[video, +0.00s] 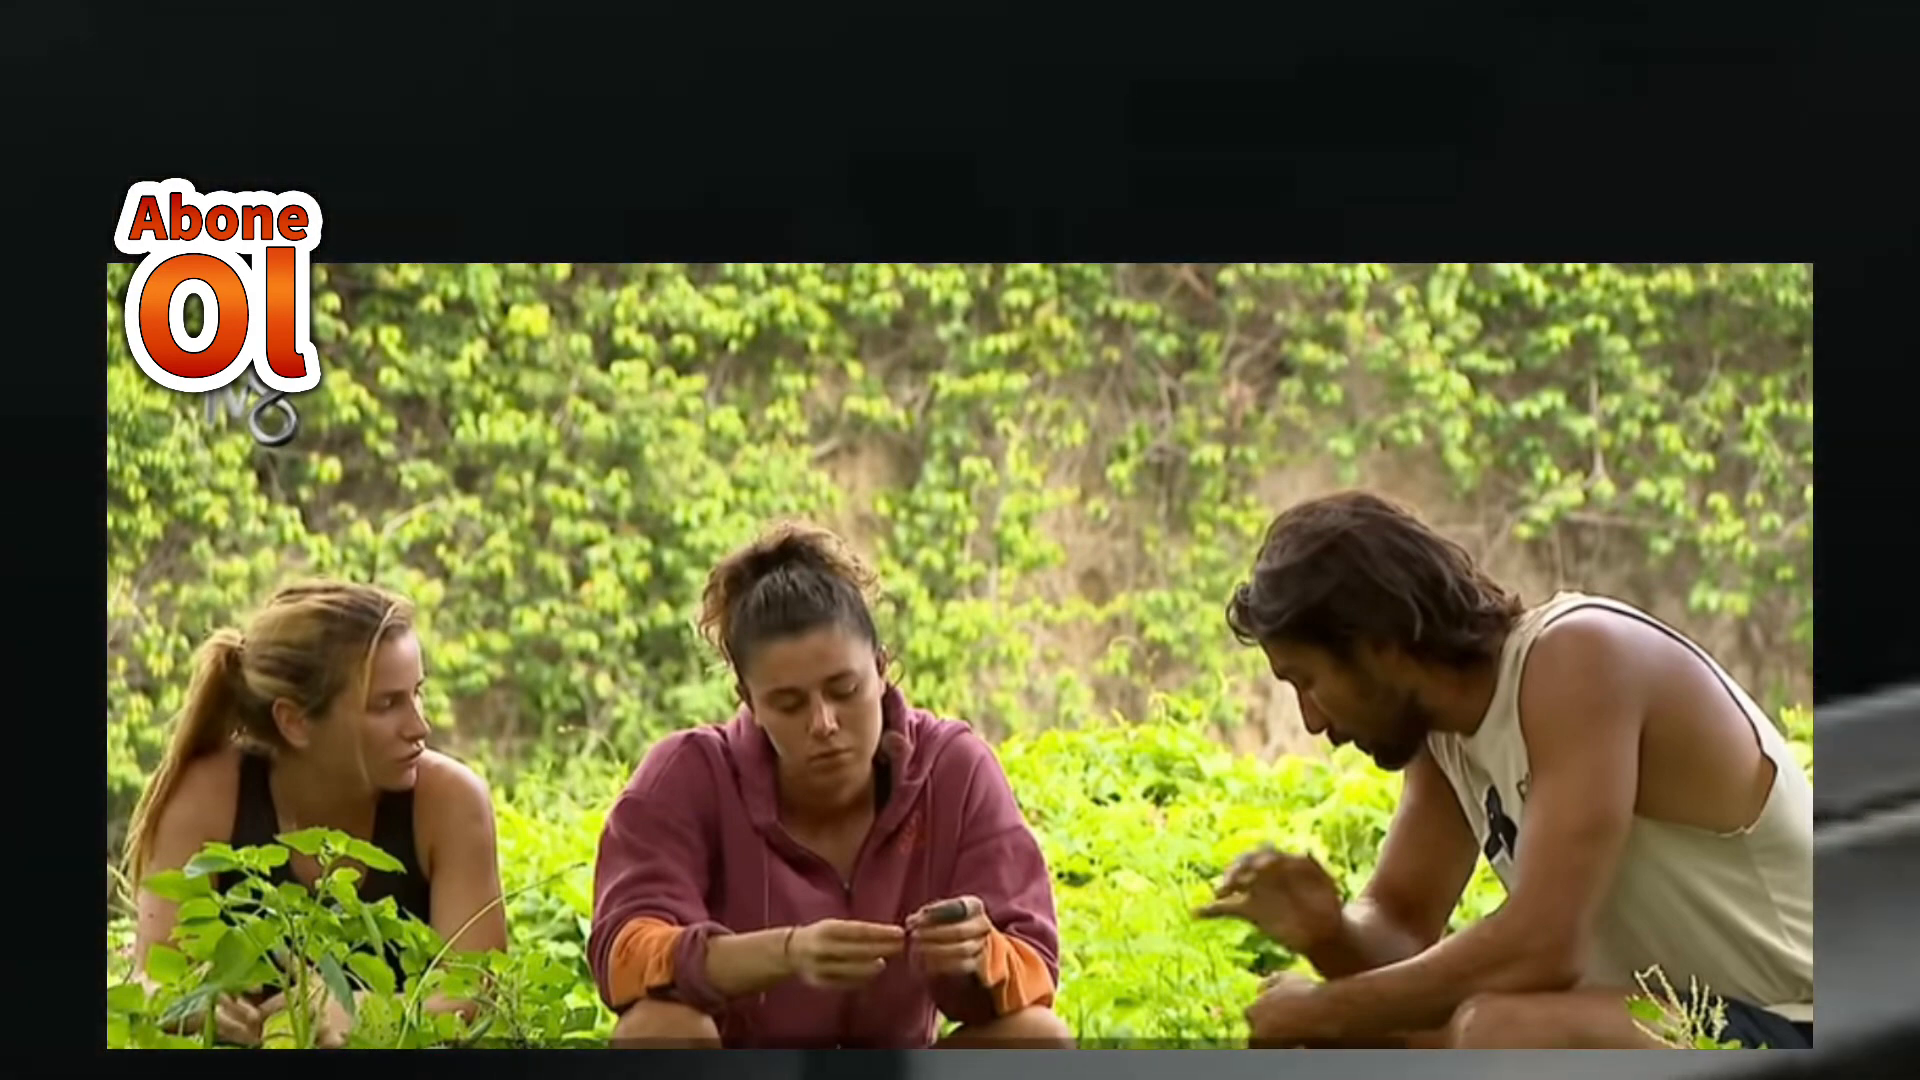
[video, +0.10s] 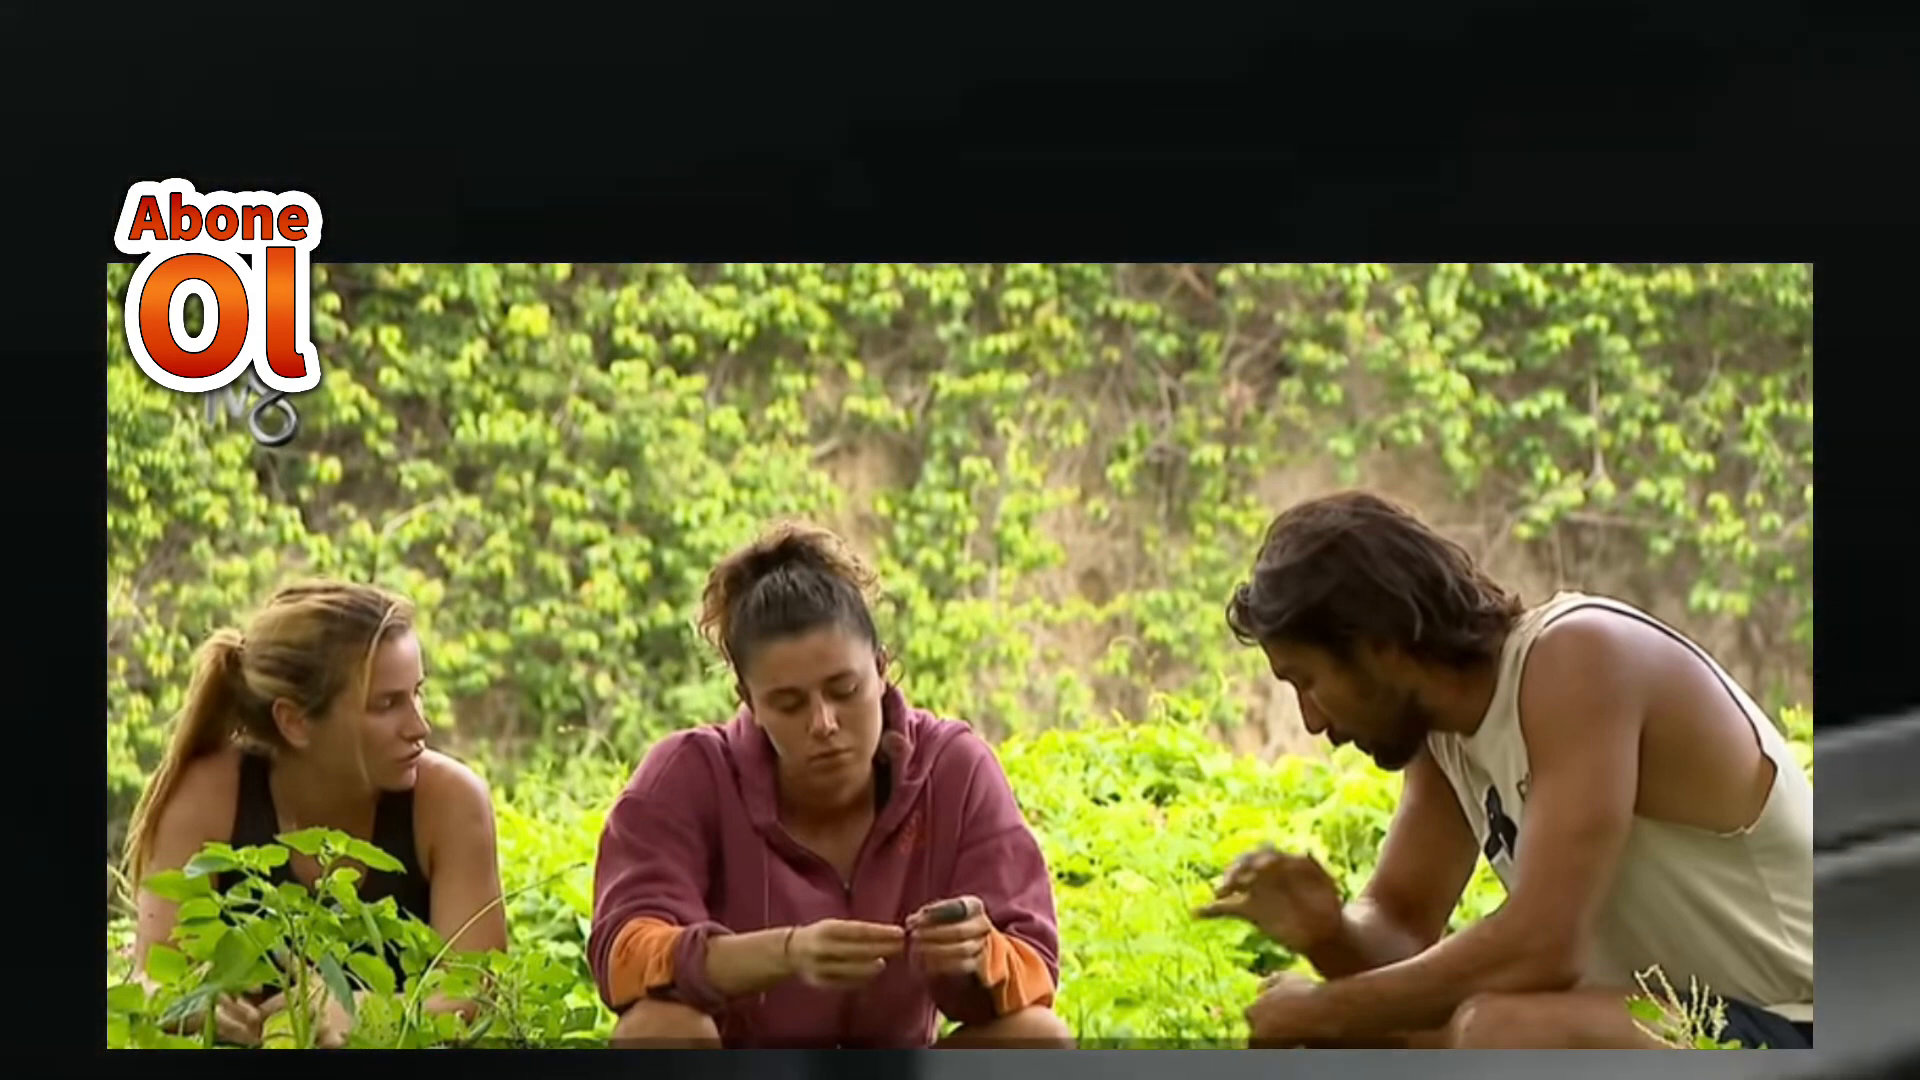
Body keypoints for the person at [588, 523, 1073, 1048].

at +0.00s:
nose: (824, 725)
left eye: (844, 690)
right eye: (789, 703)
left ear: (881, 670)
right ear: (747, 699)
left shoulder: (955, 766)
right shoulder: (687, 773)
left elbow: (1031, 968)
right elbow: (629, 957)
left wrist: (978, 953)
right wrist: (787, 951)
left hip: (897, 1058)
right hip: (740, 1059)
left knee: (1038, 1037)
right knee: (658, 1026)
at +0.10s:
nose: (824, 725)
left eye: (844, 690)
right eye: (789, 703)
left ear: (880, 670)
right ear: (747, 699)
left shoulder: (955, 766)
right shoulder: (687, 773)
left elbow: (1031, 969)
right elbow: (629, 957)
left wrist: (978, 953)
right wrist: (787, 951)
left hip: (898, 1056)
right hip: (740, 1057)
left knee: (1038, 1037)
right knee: (658, 1026)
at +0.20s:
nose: (824, 725)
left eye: (844, 690)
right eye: (789, 703)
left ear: (880, 670)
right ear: (747, 699)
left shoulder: (955, 766)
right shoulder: (687, 773)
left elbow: (1031, 969)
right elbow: (629, 957)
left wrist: (978, 953)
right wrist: (787, 951)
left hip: (897, 1057)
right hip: (740, 1057)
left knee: (1037, 1036)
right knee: (658, 1026)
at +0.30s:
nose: (824, 725)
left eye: (844, 690)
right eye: (789, 703)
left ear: (880, 670)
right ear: (747, 699)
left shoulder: (955, 766)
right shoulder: (687, 773)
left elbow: (1031, 969)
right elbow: (629, 957)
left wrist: (978, 953)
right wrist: (787, 951)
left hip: (897, 1059)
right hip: (739, 1058)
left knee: (1037, 1037)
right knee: (658, 1026)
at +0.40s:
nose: (824, 725)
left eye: (844, 690)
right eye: (789, 703)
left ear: (881, 670)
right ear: (747, 699)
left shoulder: (955, 766)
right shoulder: (687, 773)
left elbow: (1031, 969)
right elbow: (629, 957)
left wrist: (978, 953)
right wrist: (787, 952)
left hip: (896, 1055)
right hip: (739, 1057)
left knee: (1038, 1036)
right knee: (658, 1026)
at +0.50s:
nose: (824, 725)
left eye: (844, 690)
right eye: (789, 703)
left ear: (881, 670)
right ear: (747, 699)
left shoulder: (955, 766)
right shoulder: (687, 773)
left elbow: (1031, 968)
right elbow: (629, 957)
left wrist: (978, 953)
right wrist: (787, 951)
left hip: (896, 1059)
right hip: (739, 1060)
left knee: (1037, 1036)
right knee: (657, 1026)